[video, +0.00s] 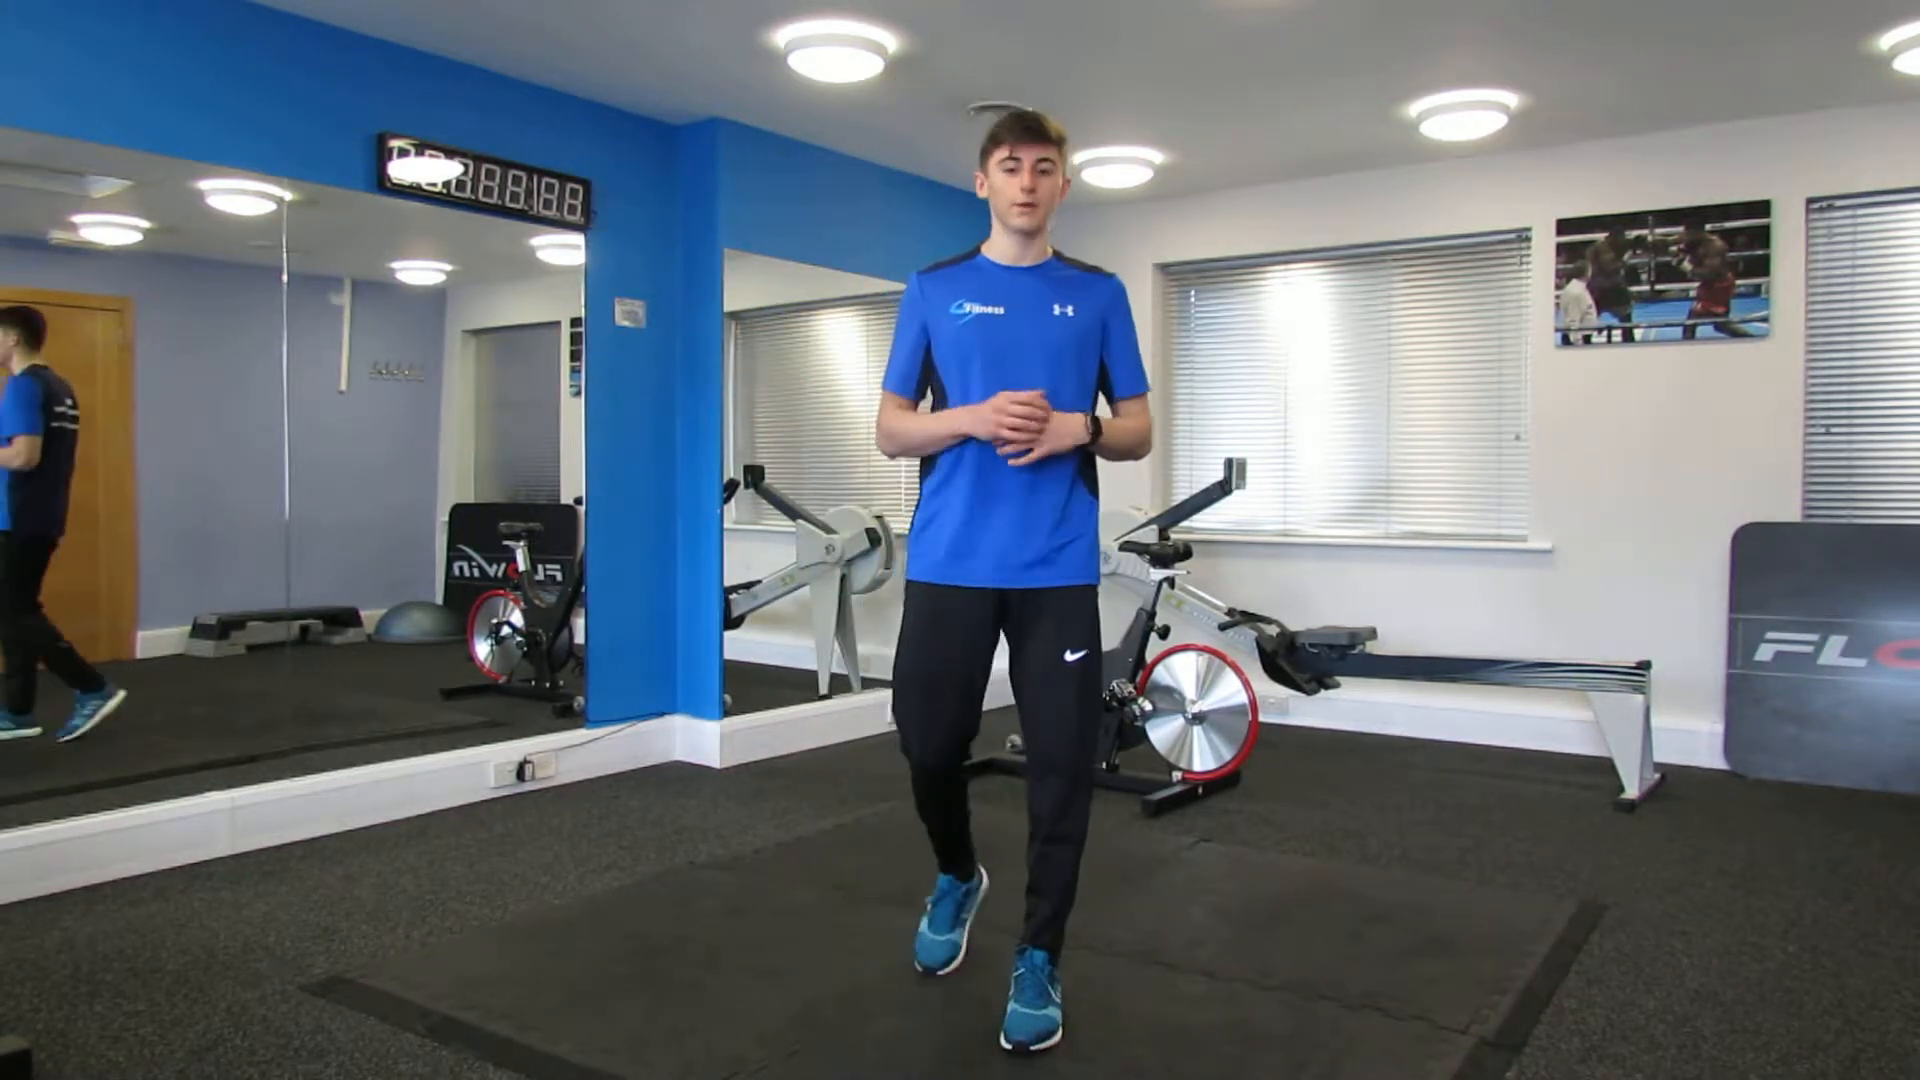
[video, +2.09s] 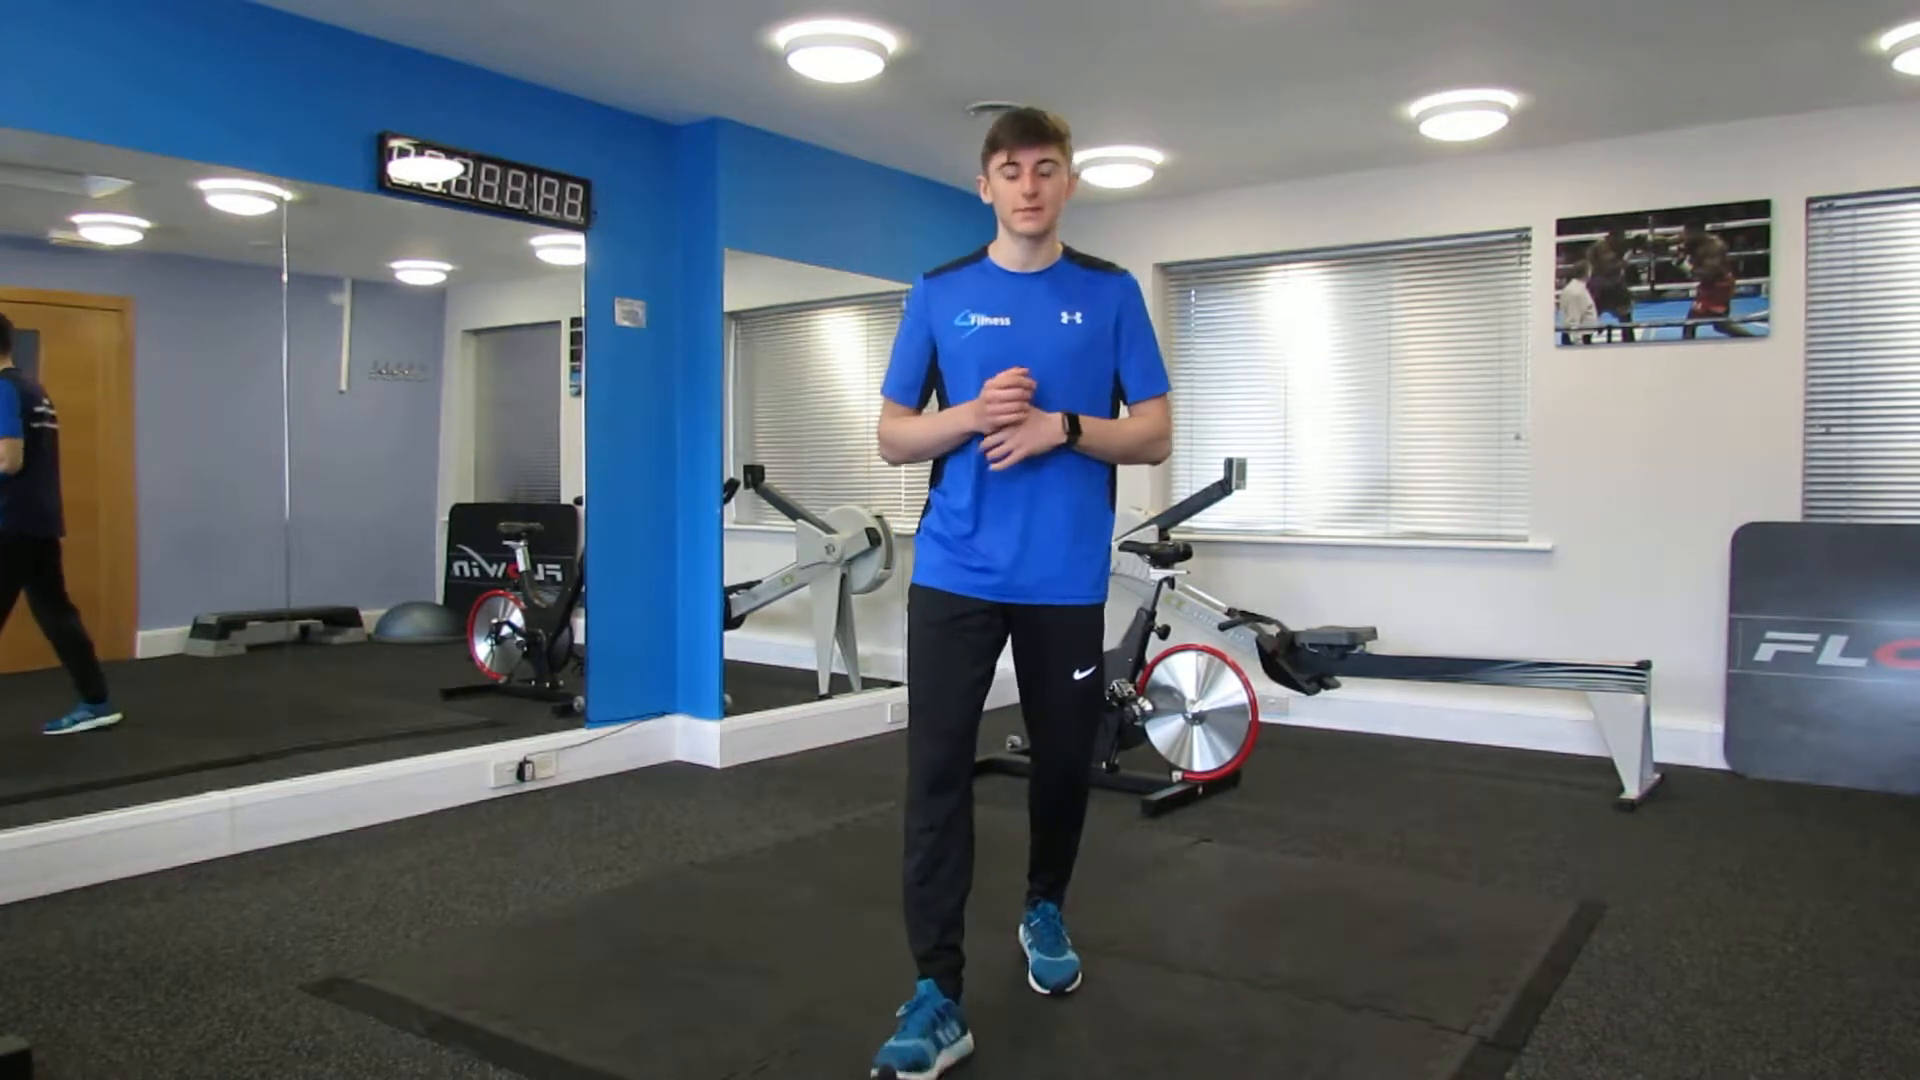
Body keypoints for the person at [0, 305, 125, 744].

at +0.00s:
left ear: (13, 340)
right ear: (31, 341)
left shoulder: (24, 385)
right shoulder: (59, 387)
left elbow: (24, 455)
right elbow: (51, 458)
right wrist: (10, 451)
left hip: (20, 524)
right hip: (41, 523)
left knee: (18, 612)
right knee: (16, 613)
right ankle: (16, 711)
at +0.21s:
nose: (7, 345)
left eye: (12, 337)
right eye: (9, 337)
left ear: (32, 339)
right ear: (44, 341)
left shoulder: (54, 387)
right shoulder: (64, 387)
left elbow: (35, 453)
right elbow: (27, 451)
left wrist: (3, 421)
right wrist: (10, 418)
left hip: (56, 530)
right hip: (51, 529)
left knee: (78, 616)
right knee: (28, 614)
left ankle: (119, 708)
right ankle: (19, 711)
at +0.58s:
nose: (34, 347)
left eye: (39, 338)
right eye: (34, 338)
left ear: (62, 340)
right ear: (67, 342)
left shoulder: (87, 387)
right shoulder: (87, 385)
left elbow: (98, 459)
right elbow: (91, 454)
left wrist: (44, 446)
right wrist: (48, 451)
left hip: (96, 528)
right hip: (89, 526)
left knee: (100, 616)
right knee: (66, 614)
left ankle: (122, 710)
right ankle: (35, 708)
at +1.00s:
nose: (40, 345)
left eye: (45, 336)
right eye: (41, 336)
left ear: (67, 339)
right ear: (75, 340)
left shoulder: (92, 387)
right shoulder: (92, 384)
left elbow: (89, 458)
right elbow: (87, 454)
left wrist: (44, 447)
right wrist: (49, 452)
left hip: (92, 526)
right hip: (86, 525)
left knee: (94, 610)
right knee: (65, 604)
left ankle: (117, 708)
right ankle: (96, 702)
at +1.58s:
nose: (14, 350)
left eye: (19, 340)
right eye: (15, 341)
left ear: (38, 342)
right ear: (49, 343)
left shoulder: (54, 389)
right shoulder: (83, 388)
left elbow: (54, 456)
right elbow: (70, 454)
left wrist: (13, 448)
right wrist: (22, 451)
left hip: (57, 524)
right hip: (84, 523)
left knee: (31, 607)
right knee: (75, 606)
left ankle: (99, 694)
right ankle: (98, 698)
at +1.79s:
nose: (1, 350)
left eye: (5, 341)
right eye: (2, 341)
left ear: (24, 344)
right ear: (38, 345)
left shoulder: (39, 387)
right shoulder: (70, 388)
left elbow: (47, 457)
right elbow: (69, 457)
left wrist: (6, 450)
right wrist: (20, 452)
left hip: (37, 525)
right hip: (70, 525)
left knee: (8, 609)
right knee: (72, 610)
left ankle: (39, 703)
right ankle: (100, 703)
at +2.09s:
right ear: (11, 343)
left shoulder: (9, 388)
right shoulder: (32, 389)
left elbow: (11, 459)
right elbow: (37, 459)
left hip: (16, 528)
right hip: (40, 526)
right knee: (54, 611)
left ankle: (97, 700)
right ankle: (97, 701)